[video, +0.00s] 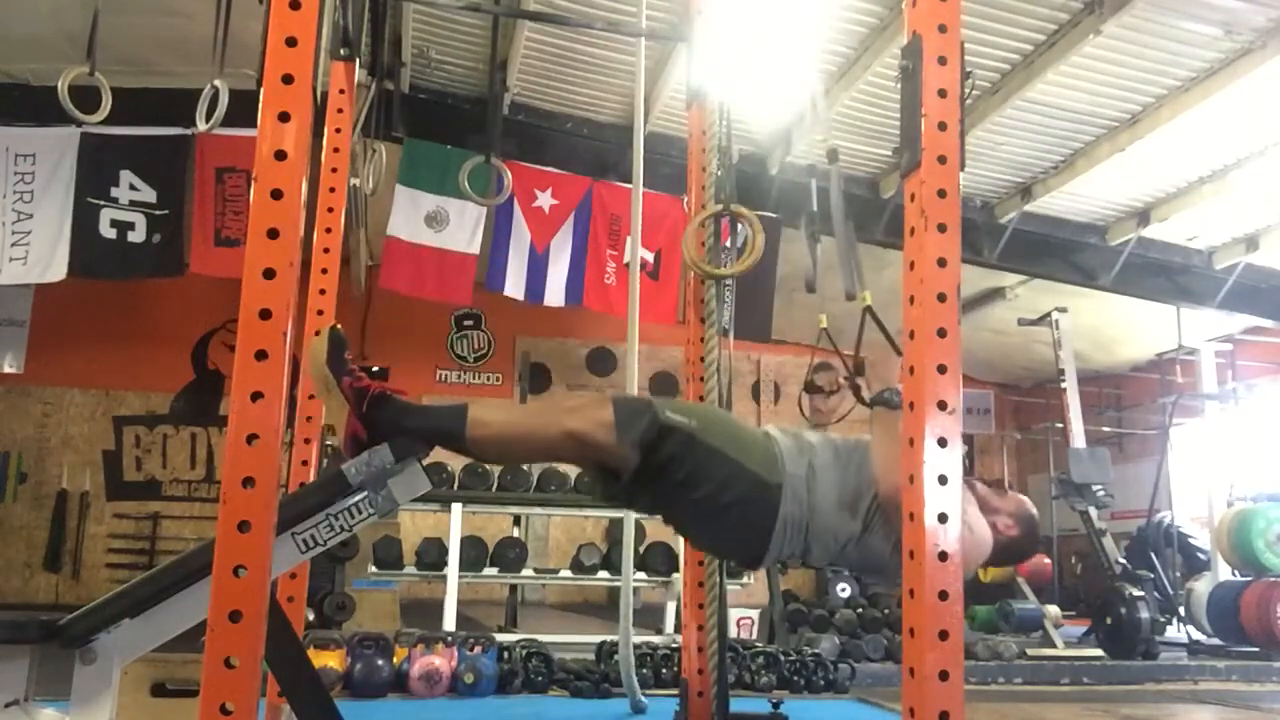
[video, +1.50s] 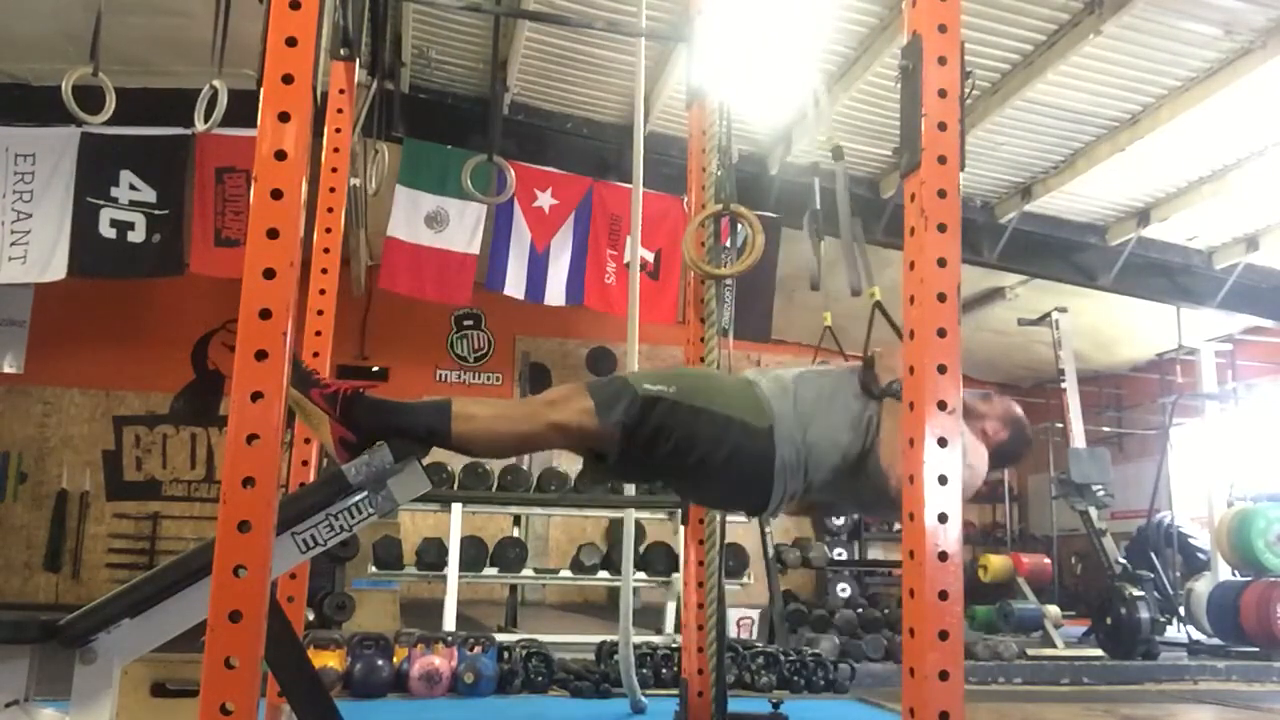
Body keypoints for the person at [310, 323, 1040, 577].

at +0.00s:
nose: (996, 494)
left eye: (1007, 508)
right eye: (1005, 492)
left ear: (999, 543)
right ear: (988, 495)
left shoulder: (959, 542)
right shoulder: (943, 503)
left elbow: (894, 488)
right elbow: (863, 433)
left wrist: (930, 425)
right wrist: (914, 412)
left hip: (774, 496)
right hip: (765, 487)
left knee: (604, 419)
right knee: (589, 430)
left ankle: (393, 418)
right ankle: (402, 424)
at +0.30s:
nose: (975, 571)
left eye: (984, 586)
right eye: (986, 568)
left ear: (974, 613)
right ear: (973, 561)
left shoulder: (921, 622)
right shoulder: (914, 565)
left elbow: (885, 515)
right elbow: (876, 497)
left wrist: (905, 445)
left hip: (755, 544)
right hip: (750, 503)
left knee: (595, 434)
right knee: (574, 429)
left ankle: (378, 410)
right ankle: (382, 420)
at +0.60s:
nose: (943, 595)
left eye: (951, 624)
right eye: (951, 620)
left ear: (941, 667)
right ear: (947, 656)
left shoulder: (897, 659)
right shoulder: (892, 634)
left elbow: (876, 523)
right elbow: (875, 524)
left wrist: (858, 423)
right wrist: (826, 423)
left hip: (724, 566)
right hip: (734, 533)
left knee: (575, 429)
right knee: (575, 422)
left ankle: (372, 409)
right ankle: (383, 412)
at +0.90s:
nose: (945, 618)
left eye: (949, 635)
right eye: (954, 625)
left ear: (938, 665)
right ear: (943, 638)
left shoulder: (898, 656)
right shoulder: (899, 626)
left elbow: (875, 524)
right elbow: (880, 521)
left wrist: (855, 416)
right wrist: (846, 417)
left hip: (725, 572)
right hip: (737, 534)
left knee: (578, 436)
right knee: (572, 417)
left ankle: (381, 416)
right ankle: (387, 412)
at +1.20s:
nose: (970, 515)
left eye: (980, 528)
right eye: (982, 515)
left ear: (965, 559)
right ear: (969, 526)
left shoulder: (916, 559)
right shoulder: (910, 543)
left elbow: (872, 462)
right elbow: (865, 439)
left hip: (746, 494)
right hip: (739, 485)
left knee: (571, 410)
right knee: (562, 413)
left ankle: (366, 413)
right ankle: (376, 419)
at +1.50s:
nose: (992, 419)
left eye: (1002, 429)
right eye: (995, 412)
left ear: (998, 446)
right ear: (981, 401)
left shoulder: (959, 460)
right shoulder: (934, 406)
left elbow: (905, 484)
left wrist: (907, 390)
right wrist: (877, 369)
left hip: (762, 437)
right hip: (750, 420)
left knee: (577, 409)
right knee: (572, 406)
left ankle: (375, 420)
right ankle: (382, 419)